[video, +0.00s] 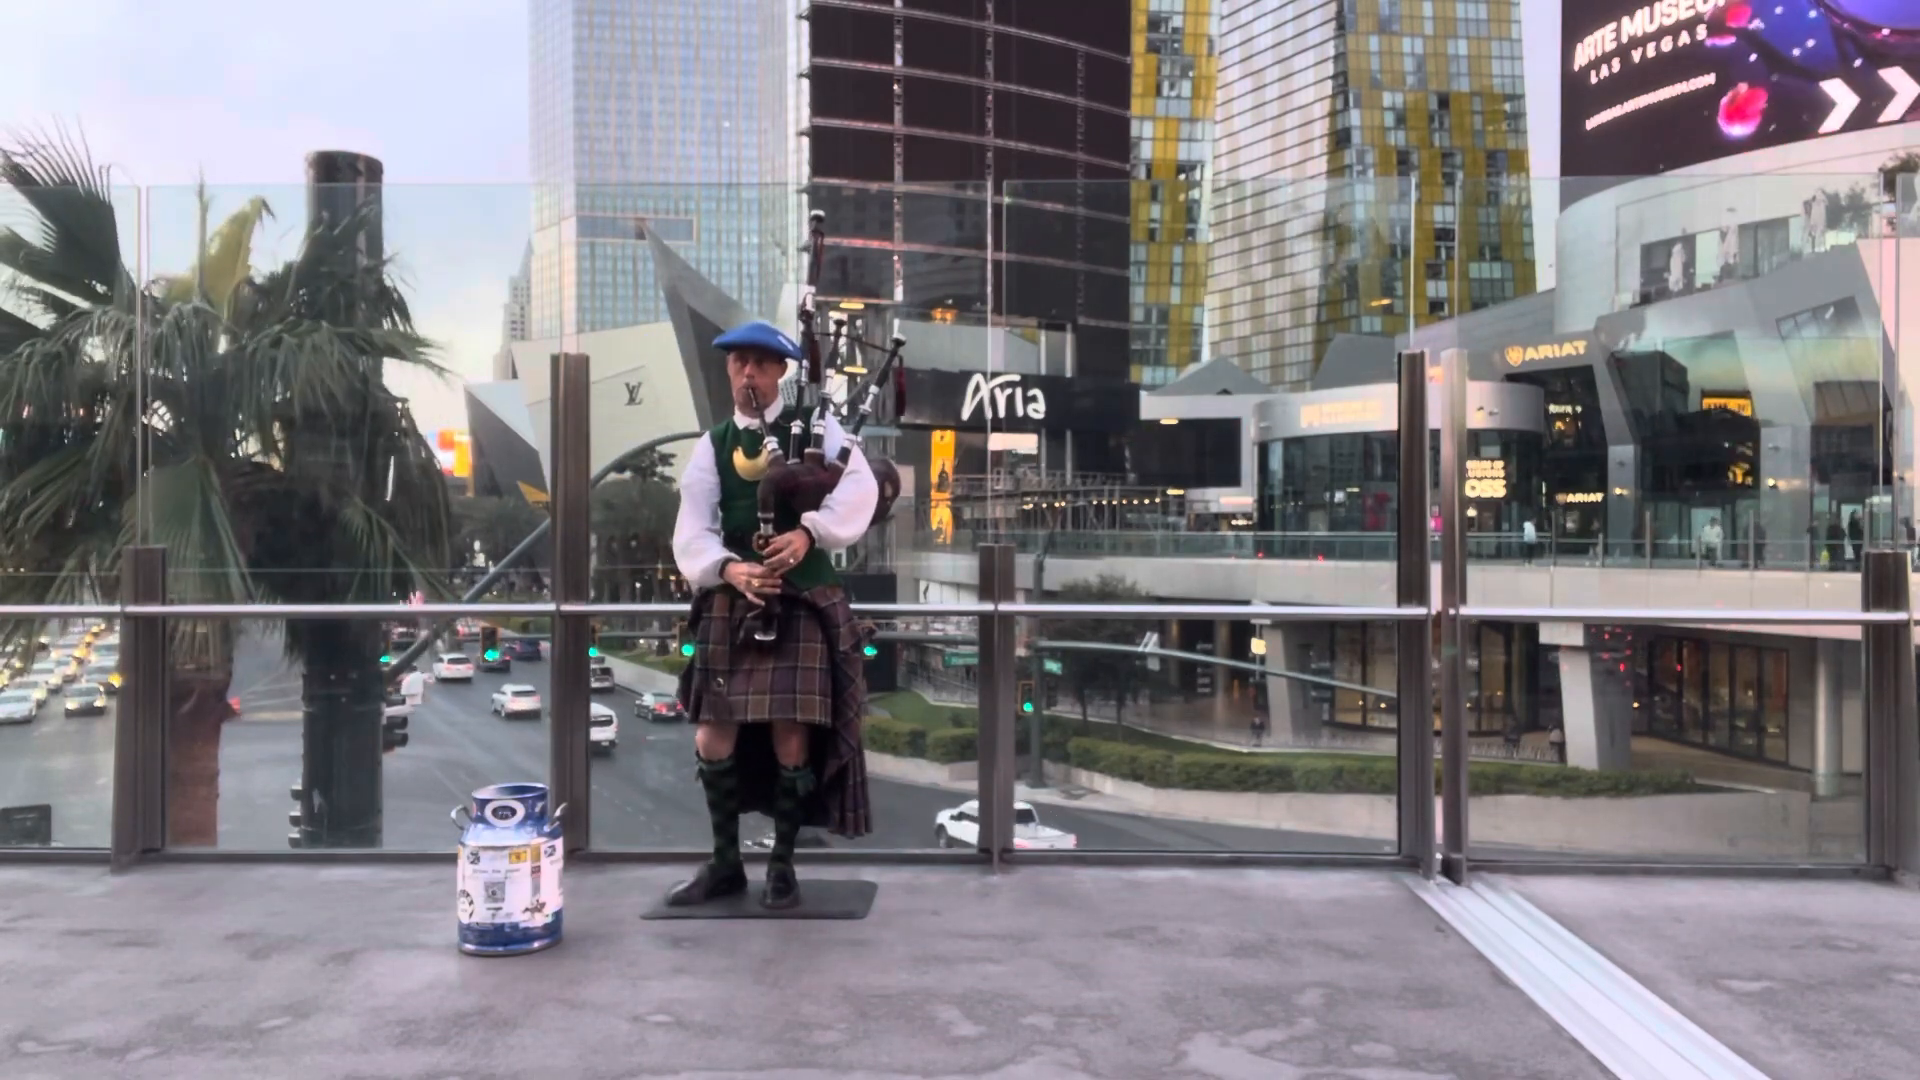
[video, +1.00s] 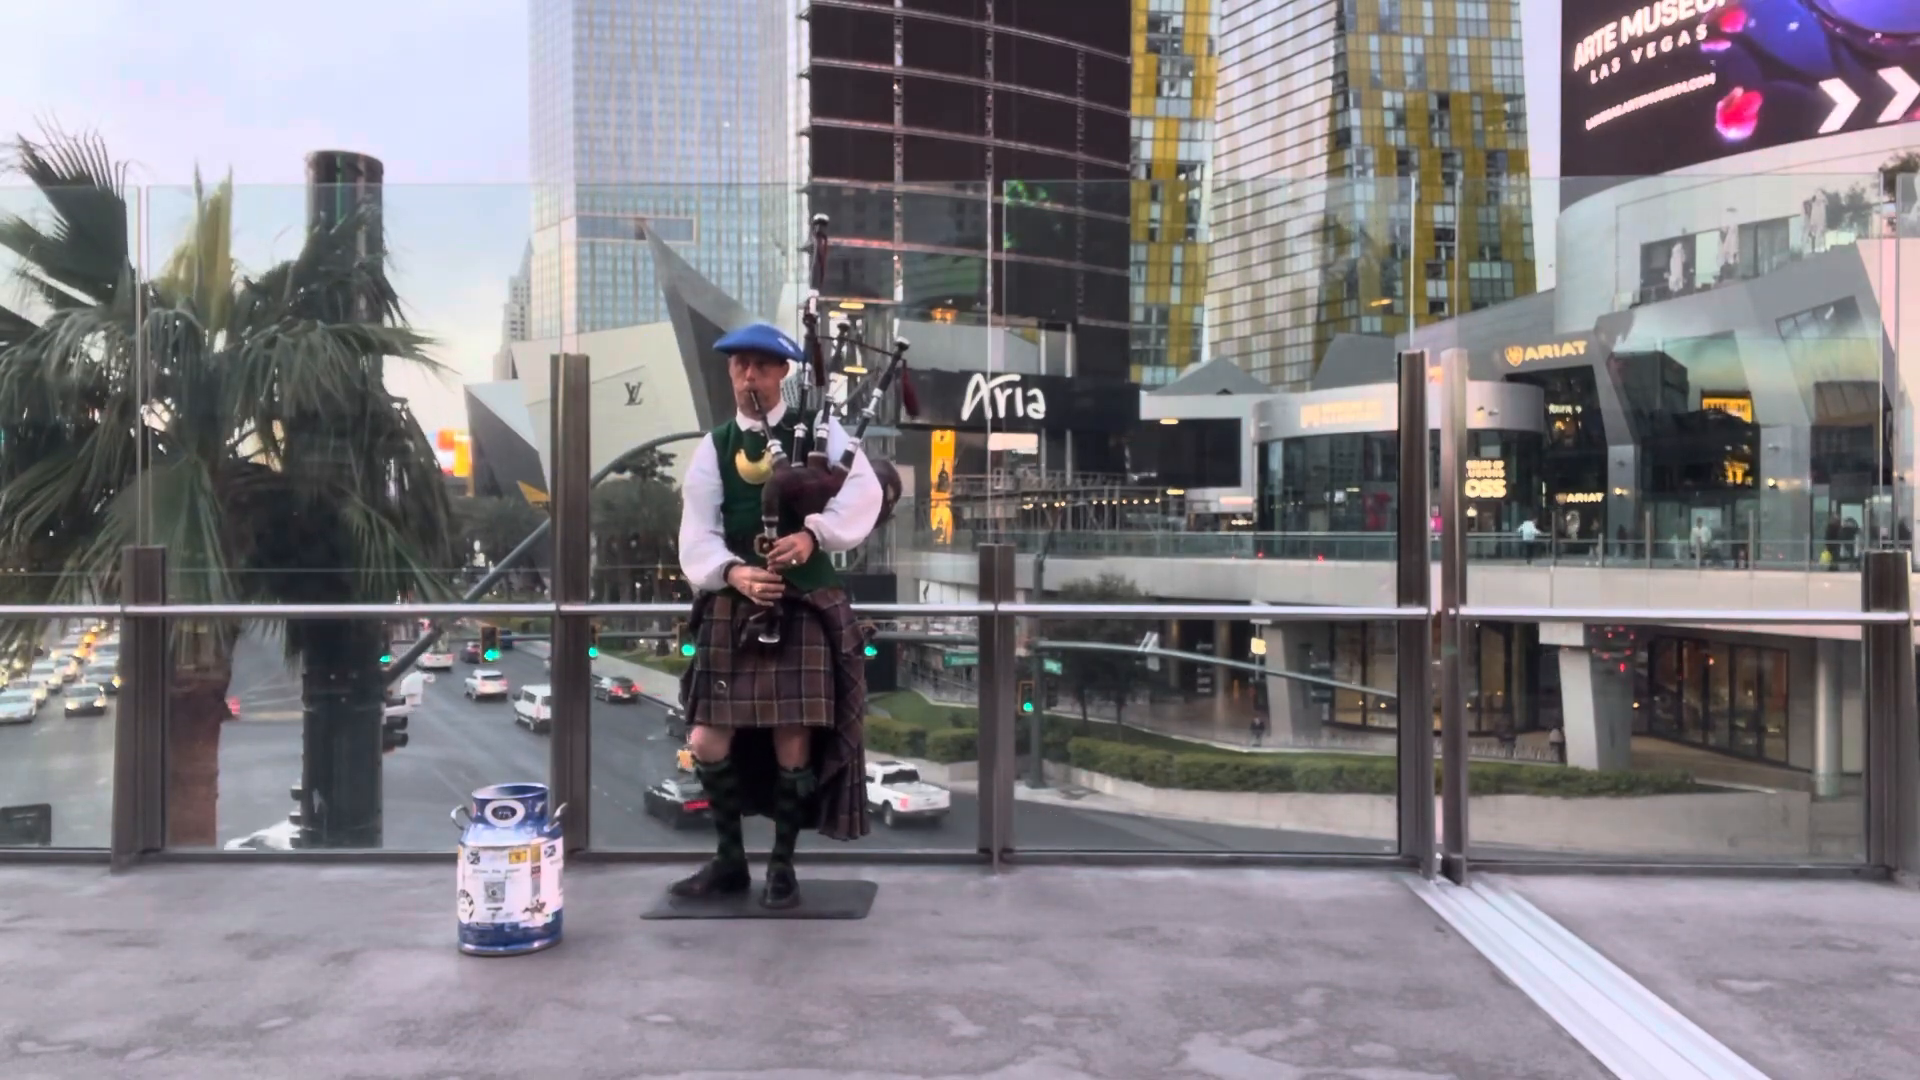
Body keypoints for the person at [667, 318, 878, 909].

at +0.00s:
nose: (747, 374)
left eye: (760, 363)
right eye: (739, 362)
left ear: (784, 371)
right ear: (727, 371)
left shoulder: (819, 428)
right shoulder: (712, 445)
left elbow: (861, 487)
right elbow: (691, 530)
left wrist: (811, 532)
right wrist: (727, 567)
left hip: (802, 596)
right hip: (730, 594)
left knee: (789, 728)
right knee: (713, 730)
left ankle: (781, 863)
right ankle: (725, 862)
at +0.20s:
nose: (749, 376)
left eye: (762, 364)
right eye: (741, 364)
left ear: (786, 373)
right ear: (729, 373)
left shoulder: (820, 429)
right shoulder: (714, 447)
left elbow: (864, 489)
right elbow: (694, 531)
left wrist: (814, 533)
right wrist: (730, 568)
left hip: (804, 599)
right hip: (733, 597)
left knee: (792, 733)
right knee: (707, 735)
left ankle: (781, 866)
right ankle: (726, 862)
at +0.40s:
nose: (749, 374)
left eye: (762, 363)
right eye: (741, 363)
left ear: (786, 372)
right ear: (729, 372)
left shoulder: (821, 430)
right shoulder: (714, 444)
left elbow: (864, 488)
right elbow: (695, 531)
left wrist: (814, 532)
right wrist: (732, 568)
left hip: (803, 599)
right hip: (730, 597)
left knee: (791, 733)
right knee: (711, 735)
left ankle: (781, 866)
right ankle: (729, 862)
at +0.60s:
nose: (749, 374)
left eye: (761, 363)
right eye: (740, 363)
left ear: (785, 371)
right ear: (728, 372)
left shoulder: (819, 428)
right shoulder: (713, 444)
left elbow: (863, 487)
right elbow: (694, 530)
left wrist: (813, 531)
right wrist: (731, 567)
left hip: (803, 597)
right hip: (731, 595)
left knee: (790, 732)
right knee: (711, 734)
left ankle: (781, 865)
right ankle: (729, 861)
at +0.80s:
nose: (748, 375)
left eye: (761, 364)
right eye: (740, 364)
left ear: (785, 371)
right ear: (728, 373)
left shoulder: (820, 429)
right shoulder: (714, 444)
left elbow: (864, 490)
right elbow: (694, 530)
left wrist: (814, 533)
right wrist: (731, 567)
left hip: (803, 598)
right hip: (731, 595)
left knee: (790, 730)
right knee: (712, 733)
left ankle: (782, 865)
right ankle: (729, 862)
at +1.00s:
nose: (749, 377)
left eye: (761, 365)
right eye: (740, 365)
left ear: (786, 373)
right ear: (728, 374)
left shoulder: (820, 431)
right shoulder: (714, 447)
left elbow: (865, 491)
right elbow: (696, 533)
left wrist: (815, 534)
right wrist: (731, 571)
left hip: (803, 601)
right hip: (732, 599)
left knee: (791, 735)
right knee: (707, 738)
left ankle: (782, 865)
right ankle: (730, 860)